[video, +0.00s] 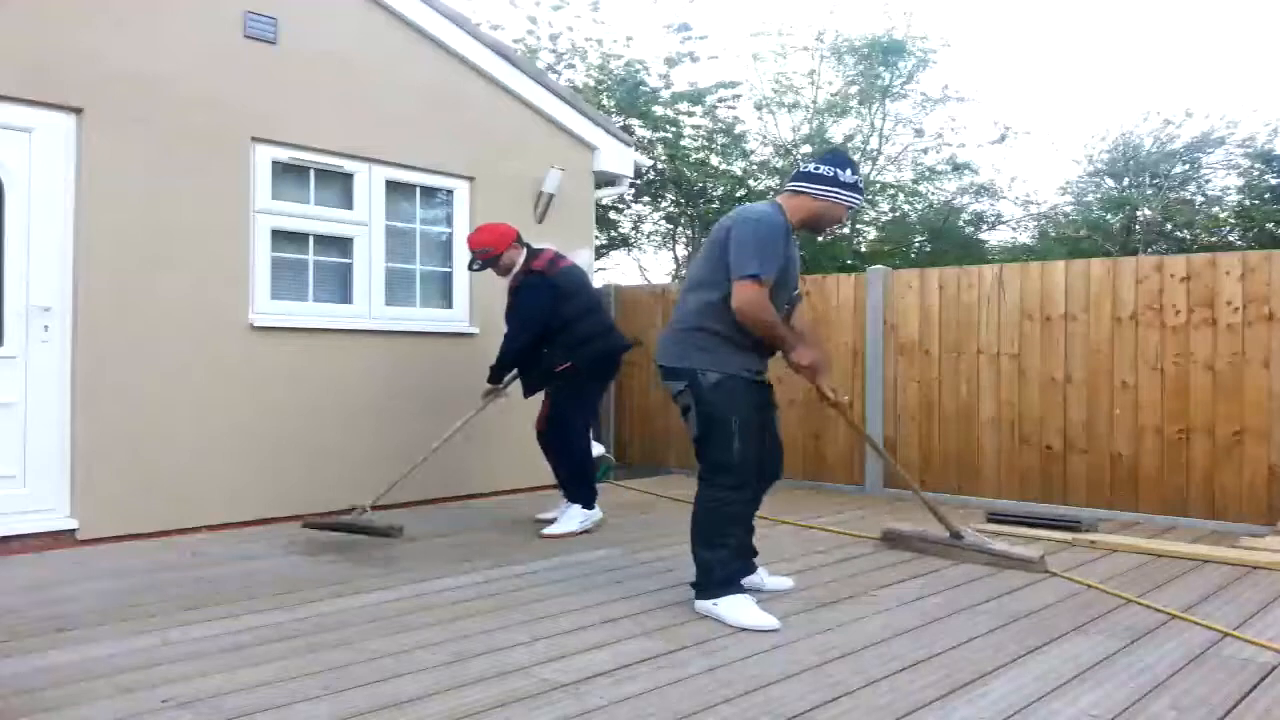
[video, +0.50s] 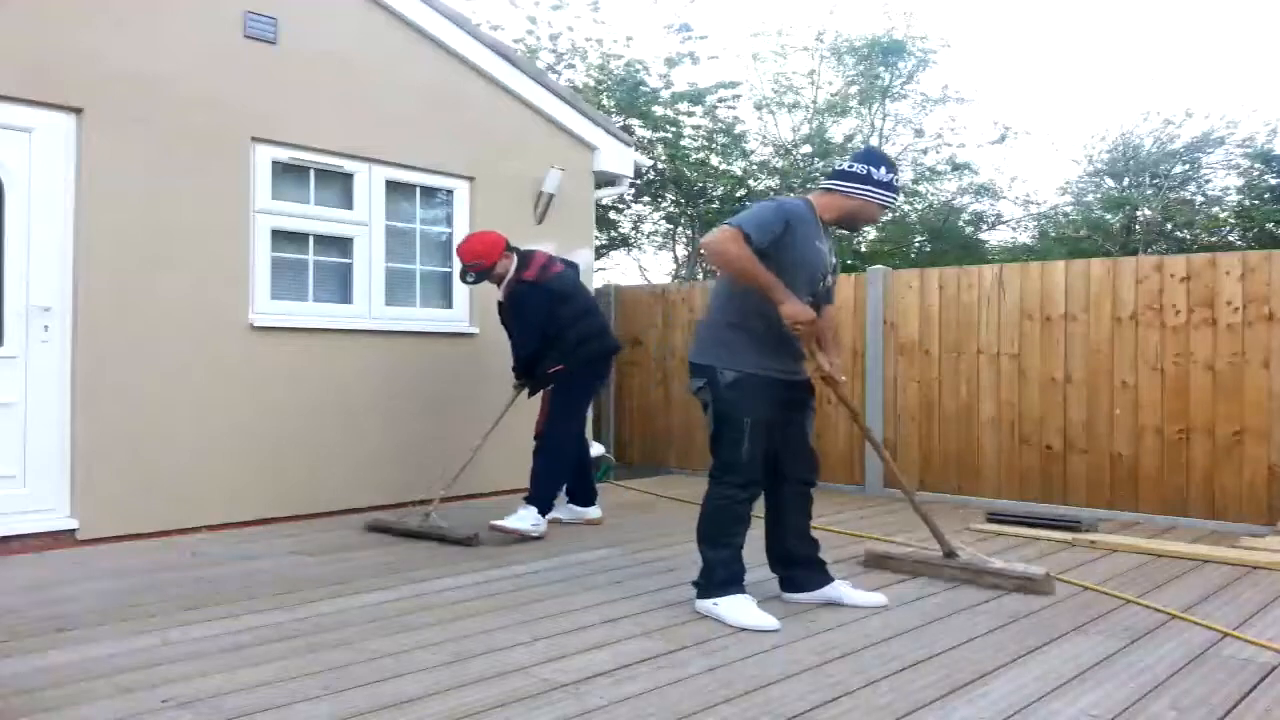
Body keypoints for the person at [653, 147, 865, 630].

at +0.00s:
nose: (843, 221)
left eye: (848, 212)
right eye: (845, 209)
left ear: (814, 192)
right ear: (825, 195)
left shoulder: (786, 245)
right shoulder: (759, 221)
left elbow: (786, 315)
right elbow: (746, 303)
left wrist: (812, 357)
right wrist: (789, 344)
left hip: (740, 367)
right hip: (707, 363)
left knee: (762, 464)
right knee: (729, 470)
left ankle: (737, 566)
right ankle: (714, 589)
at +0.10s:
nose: (846, 220)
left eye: (851, 210)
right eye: (849, 208)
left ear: (817, 189)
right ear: (826, 192)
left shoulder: (786, 238)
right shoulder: (758, 217)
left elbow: (792, 307)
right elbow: (736, 294)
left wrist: (815, 348)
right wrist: (794, 334)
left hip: (750, 368)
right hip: (710, 365)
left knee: (781, 457)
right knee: (729, 471)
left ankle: (749, 562)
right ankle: (715, 588)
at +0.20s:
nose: (851, 213)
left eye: (855, 204)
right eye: (853, 202)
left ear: (823, 185)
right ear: (832, 188)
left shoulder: (794, 239)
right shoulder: (764, 211)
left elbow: (792, 310)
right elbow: (721, 273)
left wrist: (822, 356)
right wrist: (788, 323)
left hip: (760, 370)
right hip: (717, 367)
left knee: (783, 464)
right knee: (726, 476)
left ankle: (776, 572)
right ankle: (716, 588)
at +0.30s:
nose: (858, 213)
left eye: (862, 204)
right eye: (860, 201)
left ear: (831, 186)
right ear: (839, 188)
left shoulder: (804, 246)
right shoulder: (772, 211)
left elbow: (799, 310)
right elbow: (714, 254)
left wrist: (822, 352)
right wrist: (776, 311)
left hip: (765, 371)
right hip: (721, 365)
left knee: (779, 477)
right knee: (726, 477)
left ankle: (798, 578)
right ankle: (716, 588)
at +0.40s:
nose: (870, 215)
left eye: (874, 206)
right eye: (872, 204)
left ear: (841, 189)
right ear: (851, 191)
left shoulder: (813, 247)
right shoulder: (780, 211)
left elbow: (808, 309)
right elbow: (712, 242)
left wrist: (821, 351)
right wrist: (774, 300)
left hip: (775, 372)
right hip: (728, 366)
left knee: (784, 479)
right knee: (730, 478)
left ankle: (801, 580)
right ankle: (717, 589)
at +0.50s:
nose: (877, 219)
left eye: (882, 211)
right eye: (880, 209)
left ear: (852, 192)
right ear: (860, 194)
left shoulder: (825, 250)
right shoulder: (786, 211)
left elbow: (819, 311)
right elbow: (719, 243)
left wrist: (828, 355)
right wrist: (783, 298)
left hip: (786, 374)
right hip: (735, 367)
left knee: (794, 478)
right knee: (736, 478)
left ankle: (803, 580)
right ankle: (718, 589)